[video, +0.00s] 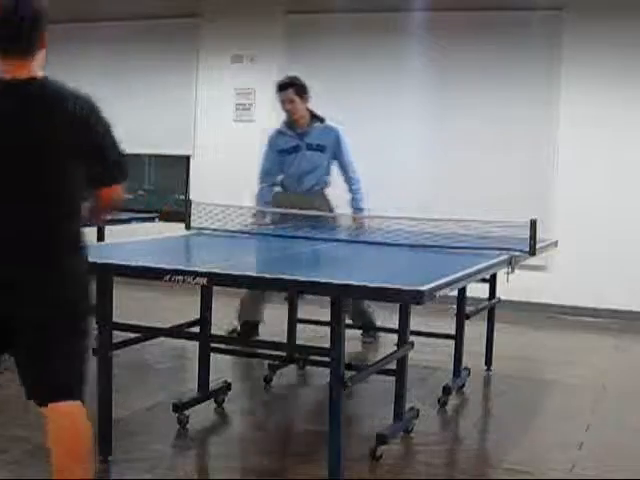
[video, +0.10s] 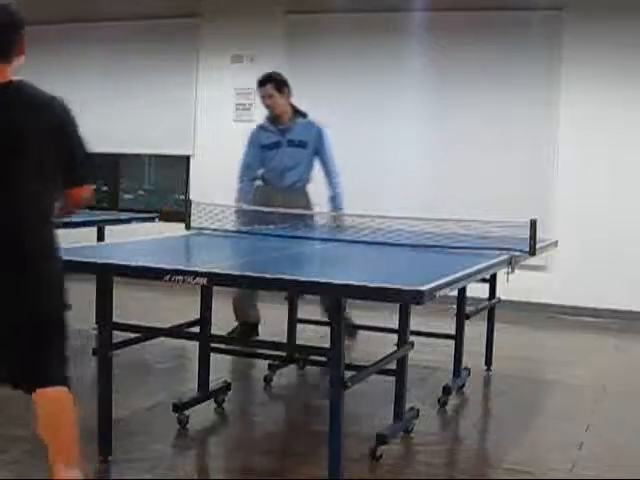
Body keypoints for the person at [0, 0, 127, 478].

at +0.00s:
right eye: (44, 38)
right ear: (42, 41)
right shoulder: (71, 108)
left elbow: (109, 191)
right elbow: (112, 191)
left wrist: (90, 205)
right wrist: (85, 207)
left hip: (5, 278)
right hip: (50, 278)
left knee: (62, 399)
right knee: (62, 397)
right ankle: (76, 474)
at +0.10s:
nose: (24, 49)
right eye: (24, 42)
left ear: (8, 47)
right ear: (20, 46)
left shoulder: (43, 108)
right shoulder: (43, 108)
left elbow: (79, 189)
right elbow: (80, 189)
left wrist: (45, 204)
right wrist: (43, 203)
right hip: (27, 257)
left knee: (45, 372)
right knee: (45, 370)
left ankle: (66, 466)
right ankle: (67, 468)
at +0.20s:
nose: (10, 50)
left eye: (4, 43)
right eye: (12, 43)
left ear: (1, 46)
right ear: (10, 47)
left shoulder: (34, 105)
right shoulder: (33, 105)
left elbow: (56, 189)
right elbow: (57, 189)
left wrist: (26, 197)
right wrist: (22, 199)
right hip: (13, 252)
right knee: (27, 351)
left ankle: (43, 431)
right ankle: (42, 430)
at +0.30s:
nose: (9, 47)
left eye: (6, 41)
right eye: (12, 41)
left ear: (3, 43)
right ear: (10, 44)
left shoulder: (29, 103)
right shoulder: (28, 103)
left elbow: (44, 184)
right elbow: (46, 184)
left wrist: (23, 200)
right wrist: (20, 201)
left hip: (8, 233)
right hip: (6, 235)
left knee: (12, 329)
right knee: (10, 329)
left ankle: (14, 420)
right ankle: (14, 420)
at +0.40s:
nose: (12, 55)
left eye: (8, 47)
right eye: (15, 48)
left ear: (2, 48)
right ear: (11, 49)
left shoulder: (24, 107)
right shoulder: (21, 107)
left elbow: (37, 187)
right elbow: (39, 188)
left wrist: (17, 212)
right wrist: (16, 212)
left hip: (1, 239)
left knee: (5, 340)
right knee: (1, 340)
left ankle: (4, 433)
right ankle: (1, 434)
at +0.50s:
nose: (15, 69)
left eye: (15, 64)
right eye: (17, 64)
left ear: (9, 64)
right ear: (12, 63)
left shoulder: (20, 120)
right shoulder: (19, 120)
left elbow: (30, 197)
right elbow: (31, 196)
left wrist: (8, 232)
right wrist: (8, 232)